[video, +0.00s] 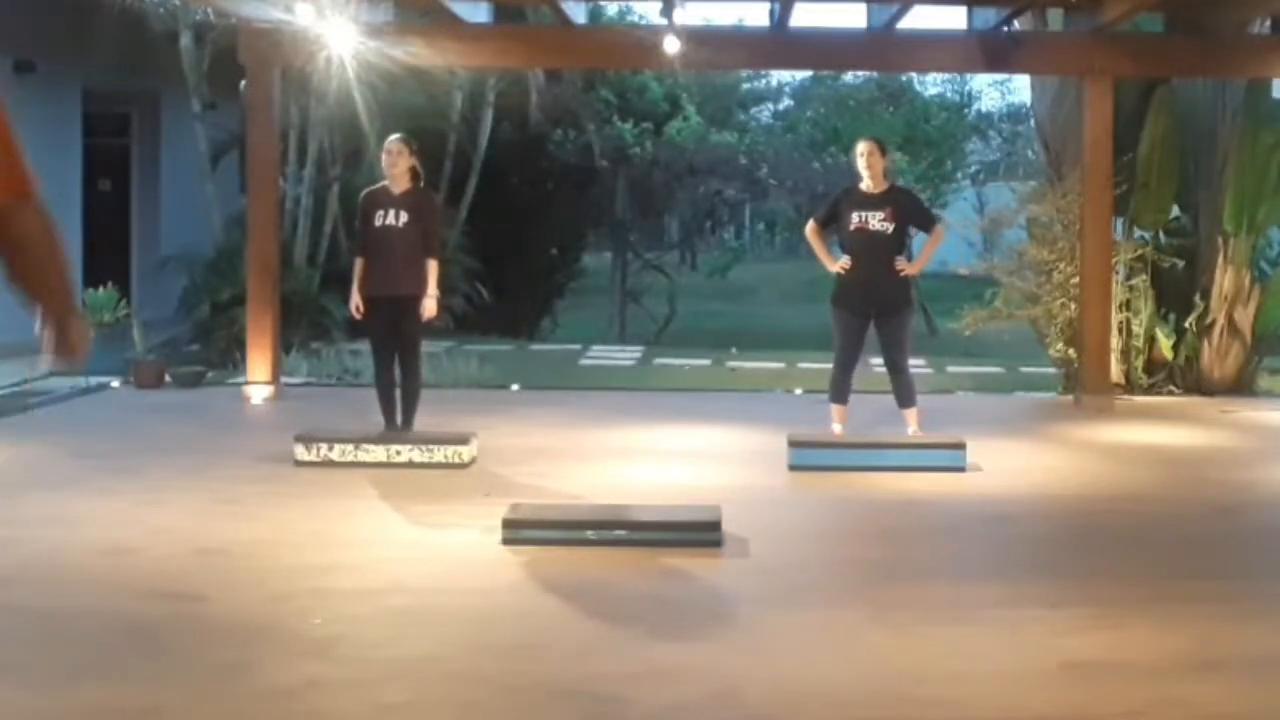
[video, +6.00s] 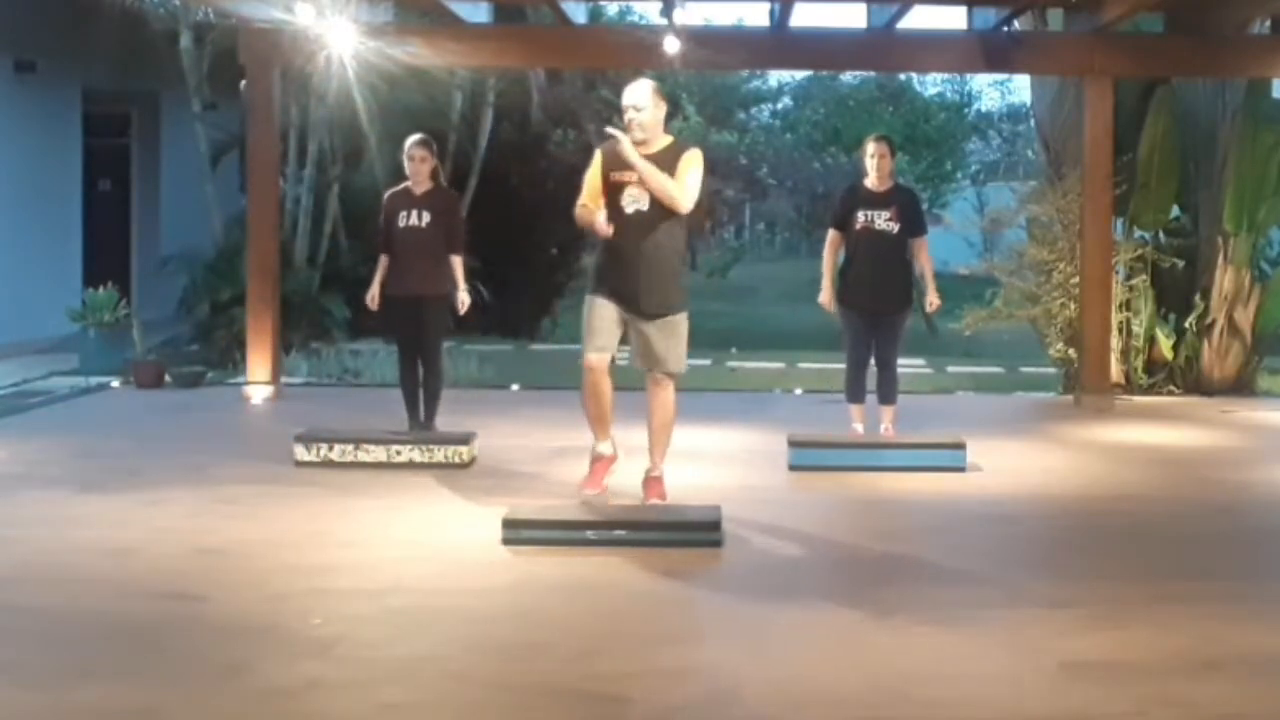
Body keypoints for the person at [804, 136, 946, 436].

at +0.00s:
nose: (866, 160)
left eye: (871, 155)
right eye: (861, 156)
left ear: (884, 160)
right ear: (855, 162)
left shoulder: (902, 198)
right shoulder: (845, 198)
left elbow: (938, 230)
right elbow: (811, 228)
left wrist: (919, 264)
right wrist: (830, 261)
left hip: (892, 287)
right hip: (852, 287)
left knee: (897, 362)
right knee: (845, 359)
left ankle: (913, 429)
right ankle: (838, 430)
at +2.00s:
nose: (876, 162)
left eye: (882, 157)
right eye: (871, 156)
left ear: (890, 162)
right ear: (861, 160)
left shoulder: (905, 198)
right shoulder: (844, 199)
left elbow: (941, 226)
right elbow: (814, 230)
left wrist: (922, 264)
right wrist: (834, 263)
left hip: (897, 287)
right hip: (856, 287)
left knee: (901, 361)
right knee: (848, 359)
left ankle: (914, 429)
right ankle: (837, 429)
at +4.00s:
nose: (883, 175)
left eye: (888, 169)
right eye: (878, 168)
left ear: (894, 170)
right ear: (866, 167)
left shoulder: (904, 200)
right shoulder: (846, 200)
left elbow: (940, 226)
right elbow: (814, 232)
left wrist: (923, 262)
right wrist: (833, 268)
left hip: (898, 287)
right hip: (861, 288)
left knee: (891, 360)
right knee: (869, 360)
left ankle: (889, 425)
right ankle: (860, 424)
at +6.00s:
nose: (877, 162)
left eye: (882, 156)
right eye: (871, 156)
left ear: (892, 160)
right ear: (864, 160)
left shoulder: (907, 198)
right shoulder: (850, 196)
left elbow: (920, 246)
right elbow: (833, 242)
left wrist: (930, 288)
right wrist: (827, 286)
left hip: (894, 292)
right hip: (855, 291)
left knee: (887, 359)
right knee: (856, 358)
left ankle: (887, 425)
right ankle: (857, 424)